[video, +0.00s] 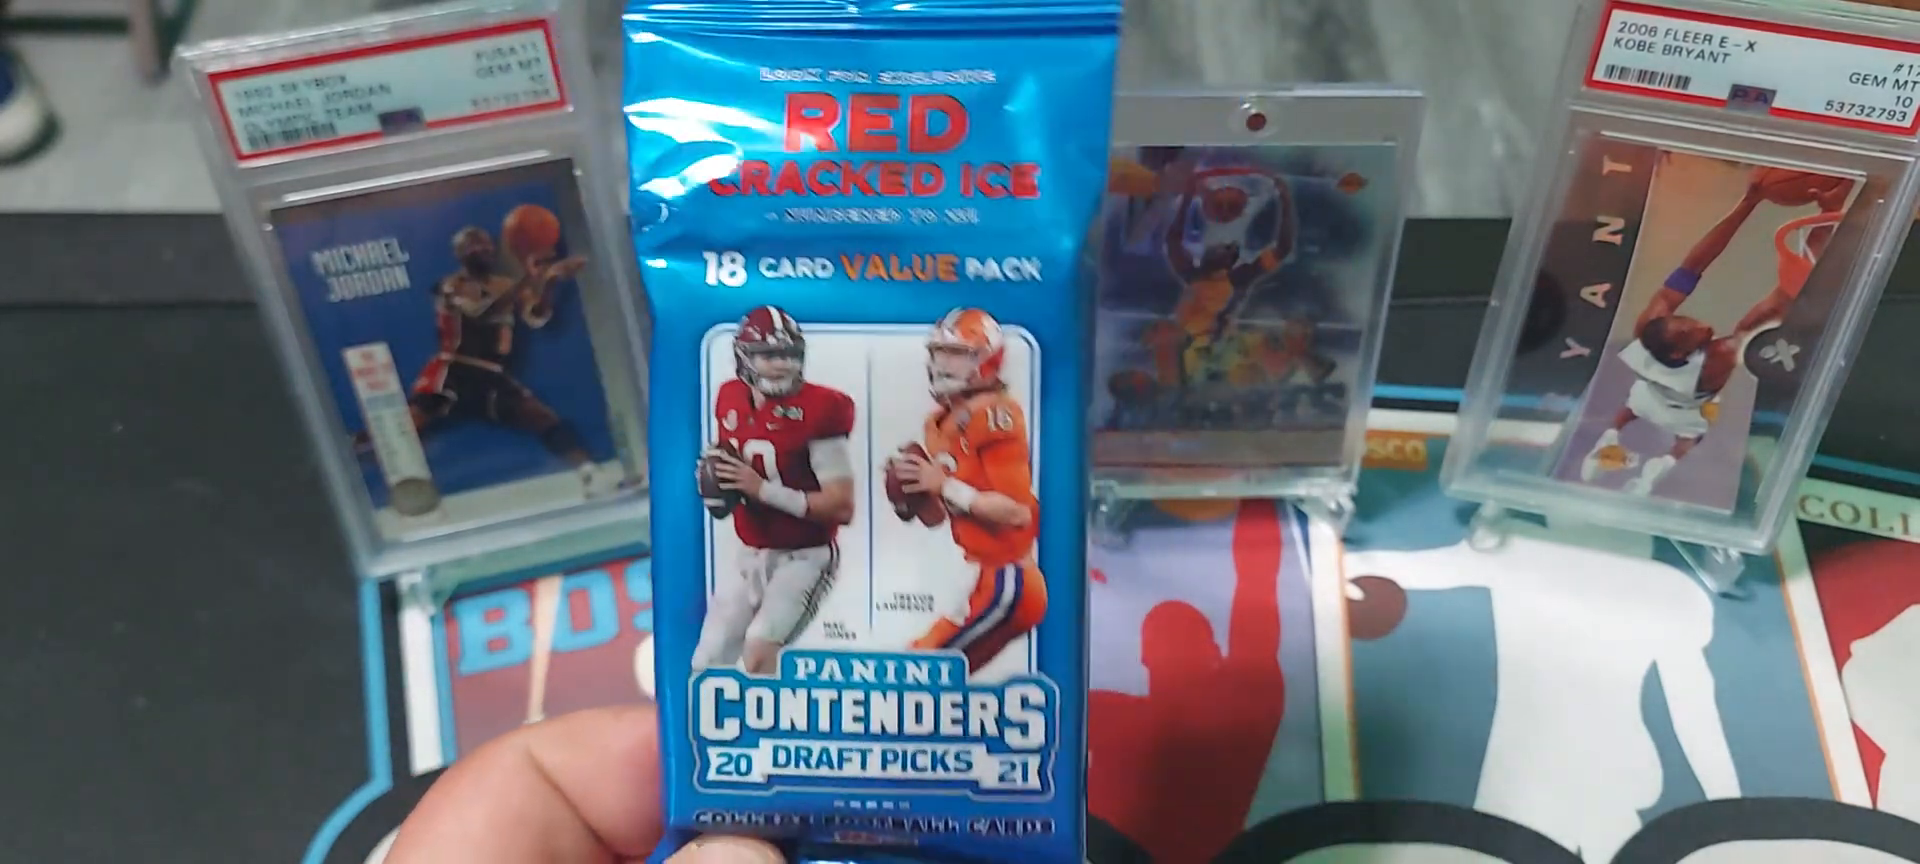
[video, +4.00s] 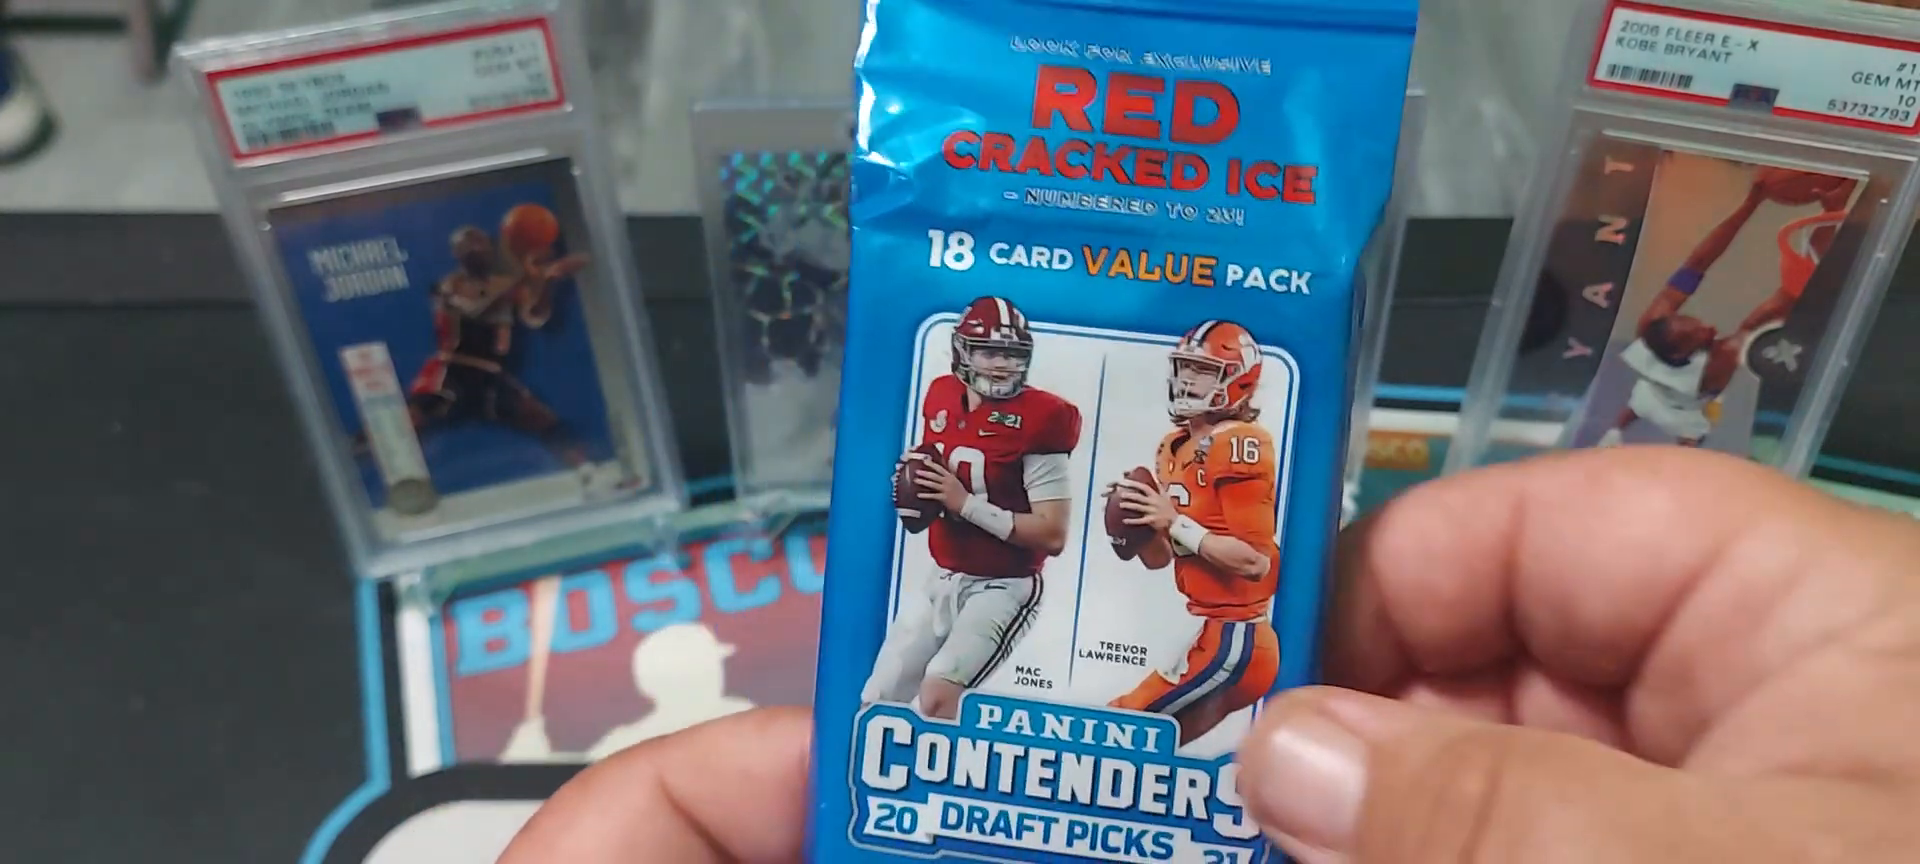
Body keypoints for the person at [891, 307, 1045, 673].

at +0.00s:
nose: (943, 366)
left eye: (956, 355)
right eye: (938, 354)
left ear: (985, 361)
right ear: (930, 357)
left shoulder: (995, 413)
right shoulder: (939, 421)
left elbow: (1017, 511)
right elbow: (934, 516)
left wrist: (943, 485)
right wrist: (907, 490)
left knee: (917, 671)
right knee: (925, 677)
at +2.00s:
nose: (965, 336)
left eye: (979, 325)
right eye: (961, 324)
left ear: (1013, 329)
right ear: (951, 326)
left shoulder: (1025, 385)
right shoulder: (962, 399)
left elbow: (1053, 495)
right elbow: (964, 506)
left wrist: (974, 470)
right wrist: (935, 474)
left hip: (1047, 575)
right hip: (1030, 572)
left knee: (944, 682)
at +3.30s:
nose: (962, 358)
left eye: (978, 347)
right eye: (957, 345)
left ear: (1012, 355)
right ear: (947, 350)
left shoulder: (1025, 410)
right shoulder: (961, 424)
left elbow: (1058, 524)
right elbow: (964, 534)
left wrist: (975, 498)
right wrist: (935, 505)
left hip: (1052, 605)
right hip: (1029, 602)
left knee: (951, 712)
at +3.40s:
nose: (1033, 381)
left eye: (1049, 369)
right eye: (1028, 367)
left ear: (1083, 378)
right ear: (1018, 371)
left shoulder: (1095, 435)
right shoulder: (1032, 447)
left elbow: (1124, 551)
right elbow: (1029, 558)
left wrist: (1041, 523)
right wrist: (999, 528)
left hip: (1115, 633)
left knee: (1012, 739)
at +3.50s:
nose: (1087, 412)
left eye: (1103, 399)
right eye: (1082, 398)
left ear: (1139, 409)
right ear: (1074, 401)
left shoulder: (1151, 468)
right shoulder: (1086, 479)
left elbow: (1180, 587)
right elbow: (1081, 592)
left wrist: (1093, 556)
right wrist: (1050, 563)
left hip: (1169, 672)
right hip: (1145, 668)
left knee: (1057, 778)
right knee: (1073, 788)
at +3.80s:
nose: (1142, 409)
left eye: (1158, 398)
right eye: (1139, 397)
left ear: (1194, 406)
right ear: (1130, 400)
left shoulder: (1203, 468)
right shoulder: (1134, 474)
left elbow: (1222, 584)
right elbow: (1126, 588)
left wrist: (1140, 551)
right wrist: (1097, 555)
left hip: (1210, 669)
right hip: (1186, 664)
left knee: (1093, 768)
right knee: (1108, 779)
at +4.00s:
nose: (1187, 383)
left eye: (1203, 373)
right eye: (1184, 369)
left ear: (1238, 382)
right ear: (1173, 370)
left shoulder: (1242, 443)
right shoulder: (1173, 445)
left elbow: (1253, 559)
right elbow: (1158, 558)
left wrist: (1173, 522)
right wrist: (1135, 522)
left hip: (1236, 642)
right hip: (1213, 637)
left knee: (1112, 735)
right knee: (1129, 746)